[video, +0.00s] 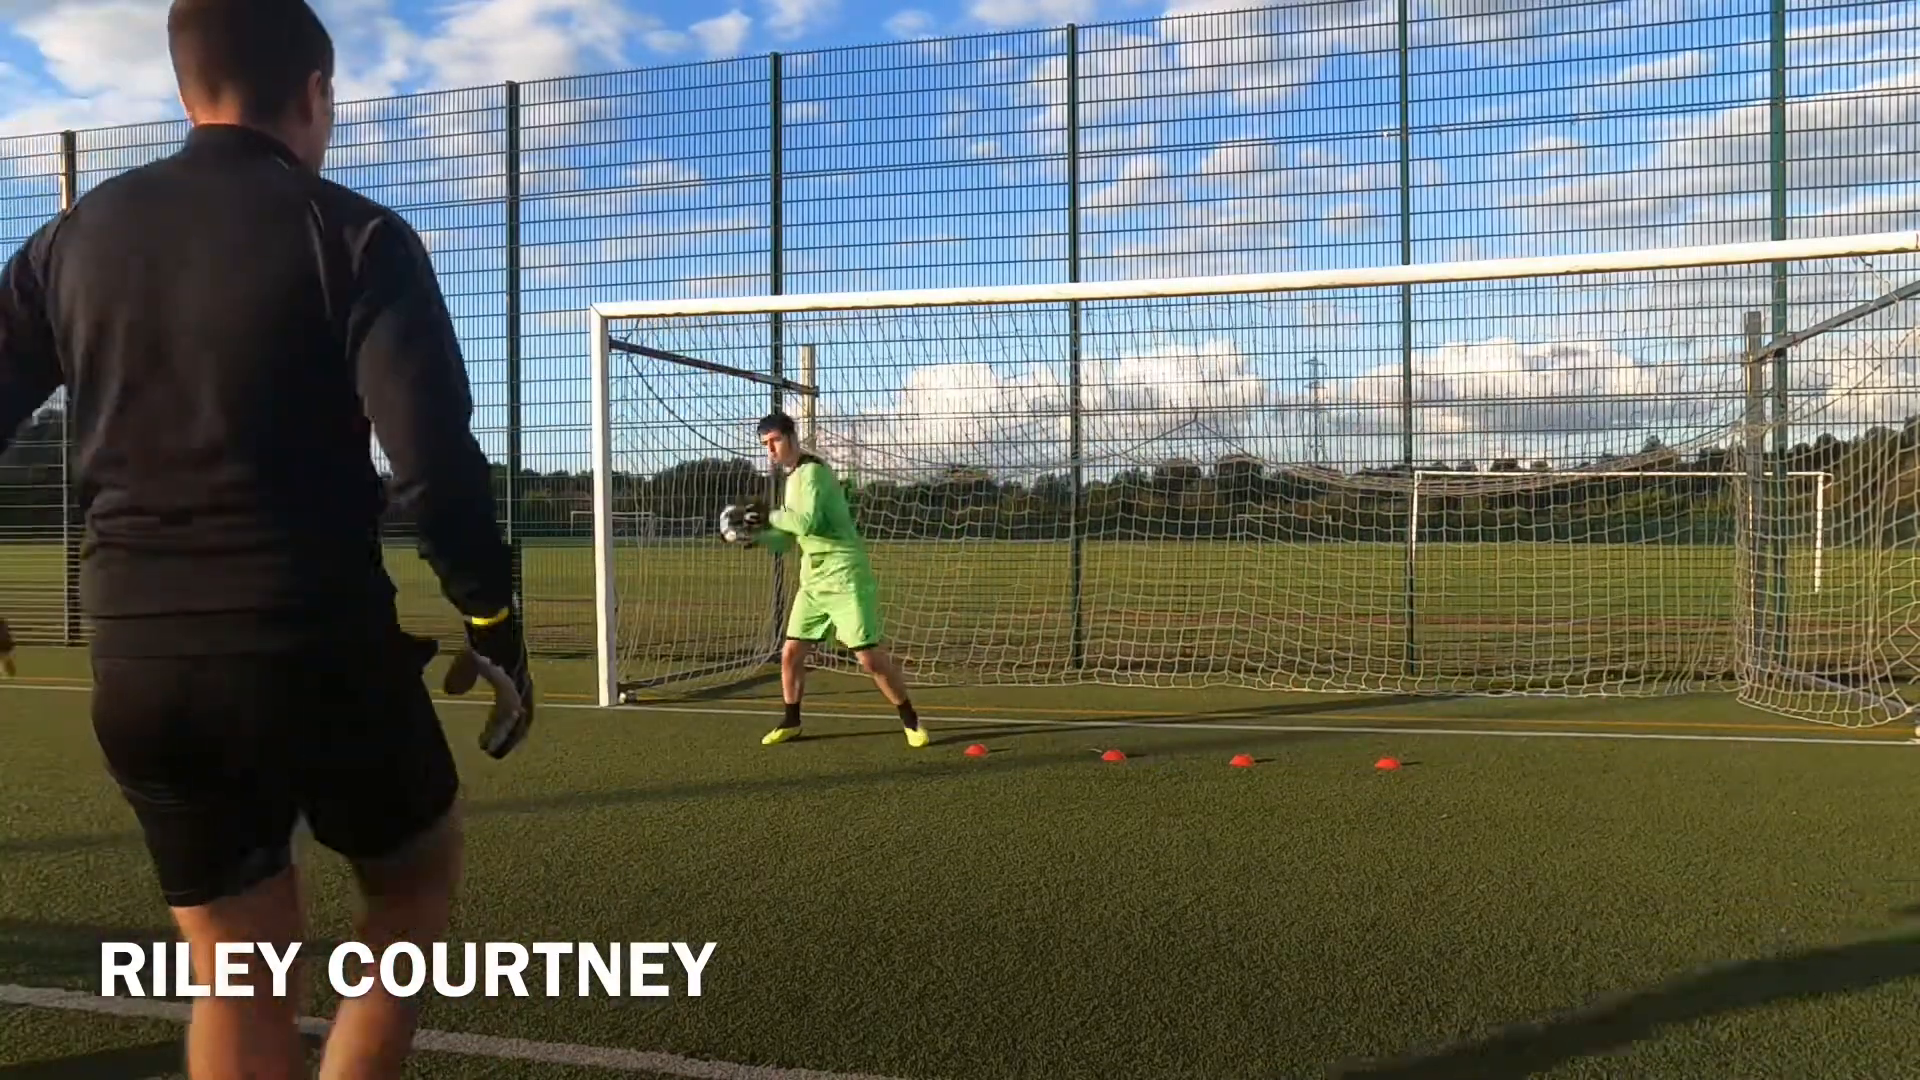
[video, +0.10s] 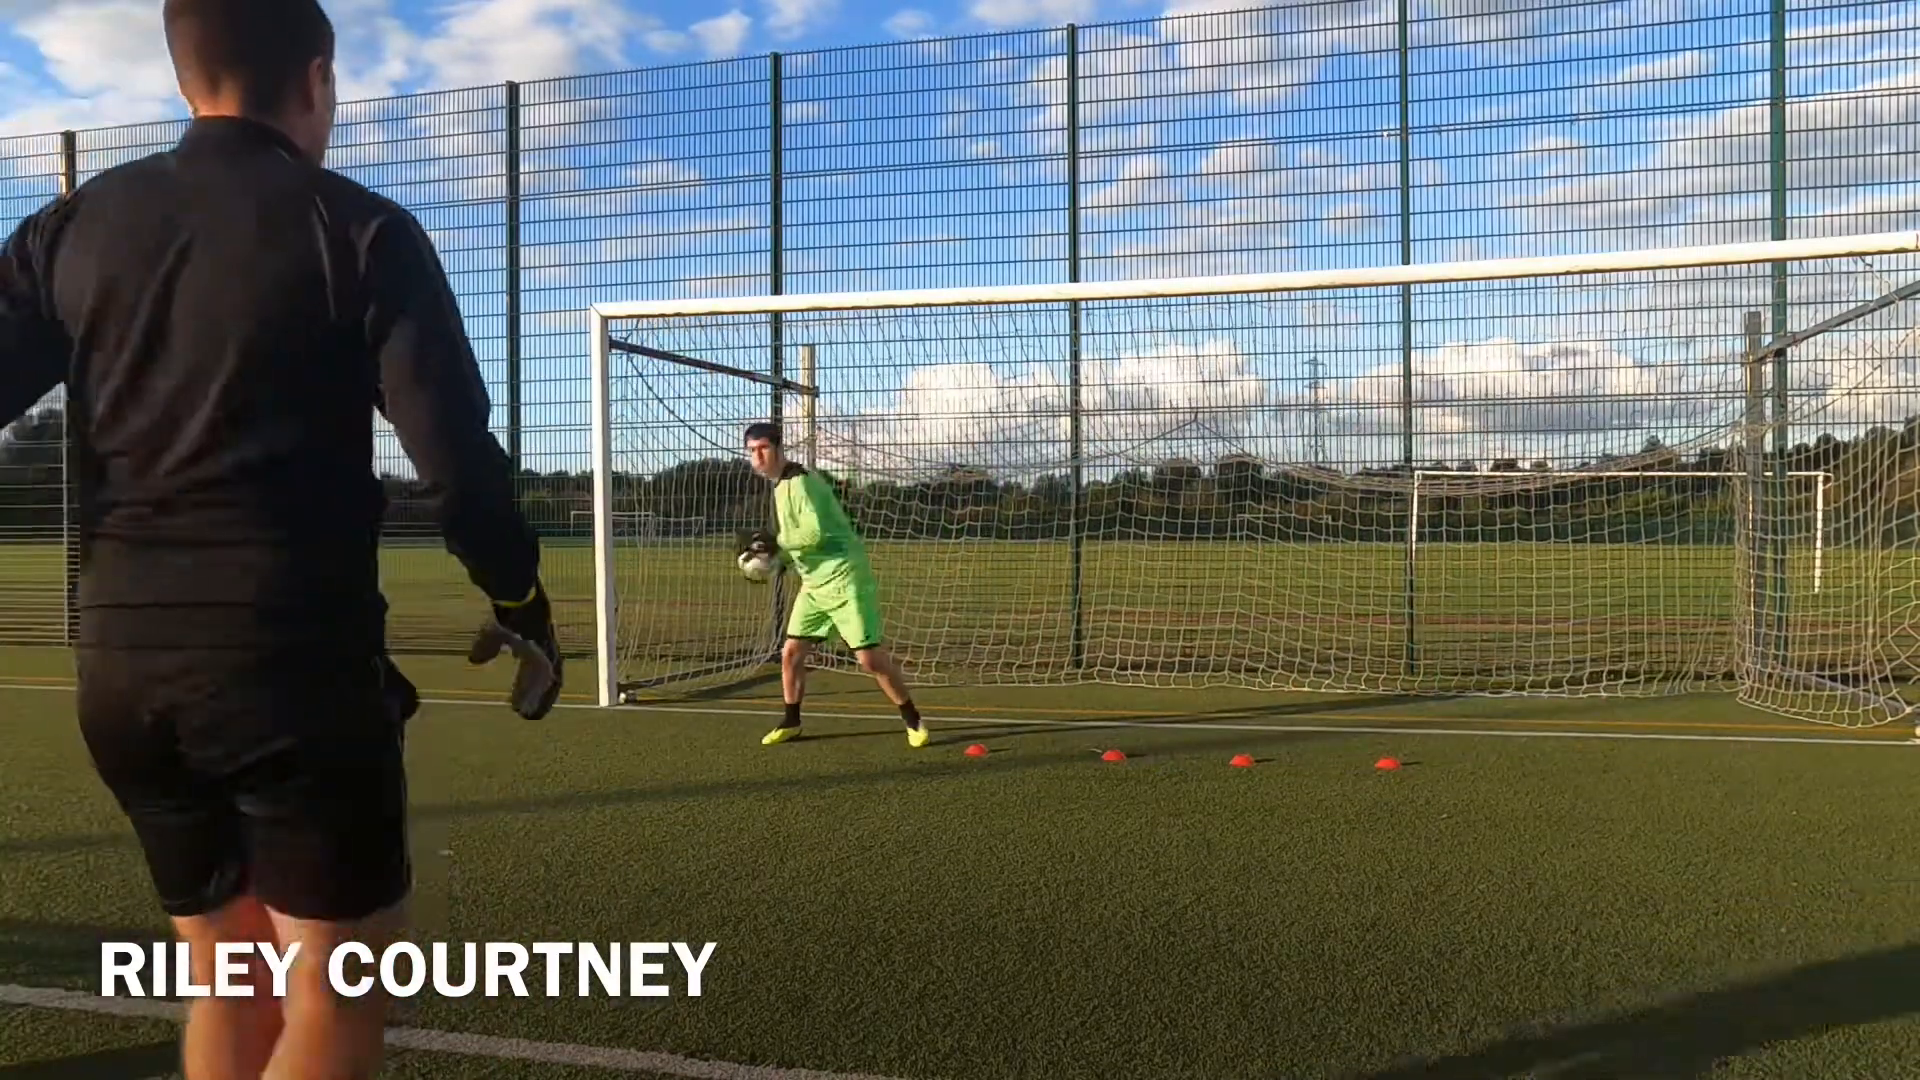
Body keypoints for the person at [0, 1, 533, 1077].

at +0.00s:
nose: (328, 120)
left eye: (329, 103)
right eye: (330, 101)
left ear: (187, 96)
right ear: (311, 93)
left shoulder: (71, 242)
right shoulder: (354, 235)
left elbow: (3, 404)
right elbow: (430, 459)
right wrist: (492, 621)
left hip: (143, 668)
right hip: (323, 655)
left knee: (233, 972)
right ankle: (351, 1060)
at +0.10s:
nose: (330, 107)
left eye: (327, 84)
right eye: (331, 83)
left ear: (189, 84)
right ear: (311, 79)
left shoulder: (75, 228)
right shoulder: (361, 231)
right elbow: (453, 453)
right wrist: (519, 592)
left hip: (123, 663)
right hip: (294, 658)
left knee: (222, 968)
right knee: (336, 978)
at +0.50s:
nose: (305, 48)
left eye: (301, 30)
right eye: (304, 28)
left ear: (147, 30)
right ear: (286, 23)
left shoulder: (15, 153)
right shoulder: (325, 188)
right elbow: (333, 450)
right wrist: (369, 600)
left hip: (5, 626)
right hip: (181, 635)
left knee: (83, 994)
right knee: (181, 1024)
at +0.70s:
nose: (220, 35)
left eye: (216, 17)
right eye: (219, 14)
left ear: (56, 14)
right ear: (195, 12)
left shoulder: (5, 110)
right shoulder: (248, 165)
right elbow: (334, 474)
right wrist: (330, 495)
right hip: (131, 626)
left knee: (5, 1004)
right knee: (148, 1045)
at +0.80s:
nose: (159, 36)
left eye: (157, 18)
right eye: (158, 15)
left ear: (12, 11)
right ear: (129, 12)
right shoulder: (196, 160)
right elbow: (311, 437)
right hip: (87, 647)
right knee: (137, 1049)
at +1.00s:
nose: (40, 28)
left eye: (38, 10)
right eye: (33, 9)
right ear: (11, 21)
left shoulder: (60, 174)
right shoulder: (56, 173)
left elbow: (173, 405)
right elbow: (180, 405)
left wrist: (176, 263)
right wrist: (212, 264)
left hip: (18, 680)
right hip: (11, 689)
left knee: (55, 1016)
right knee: (89, 1024)